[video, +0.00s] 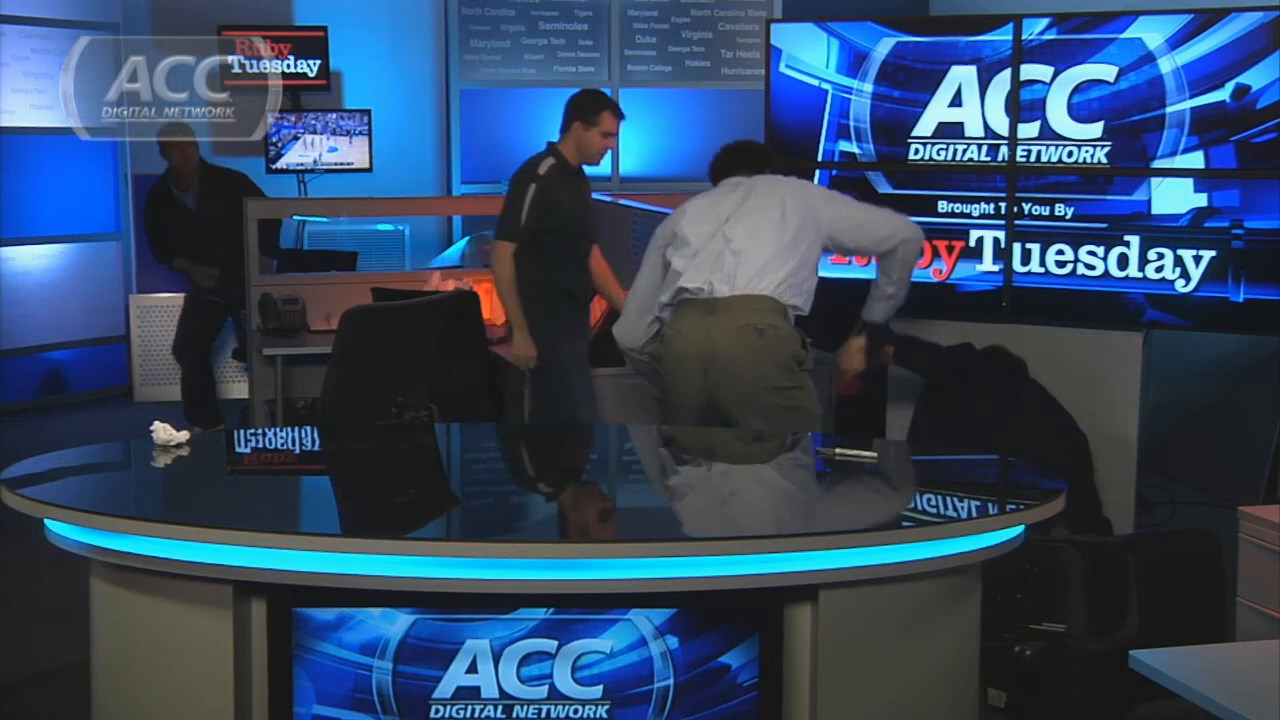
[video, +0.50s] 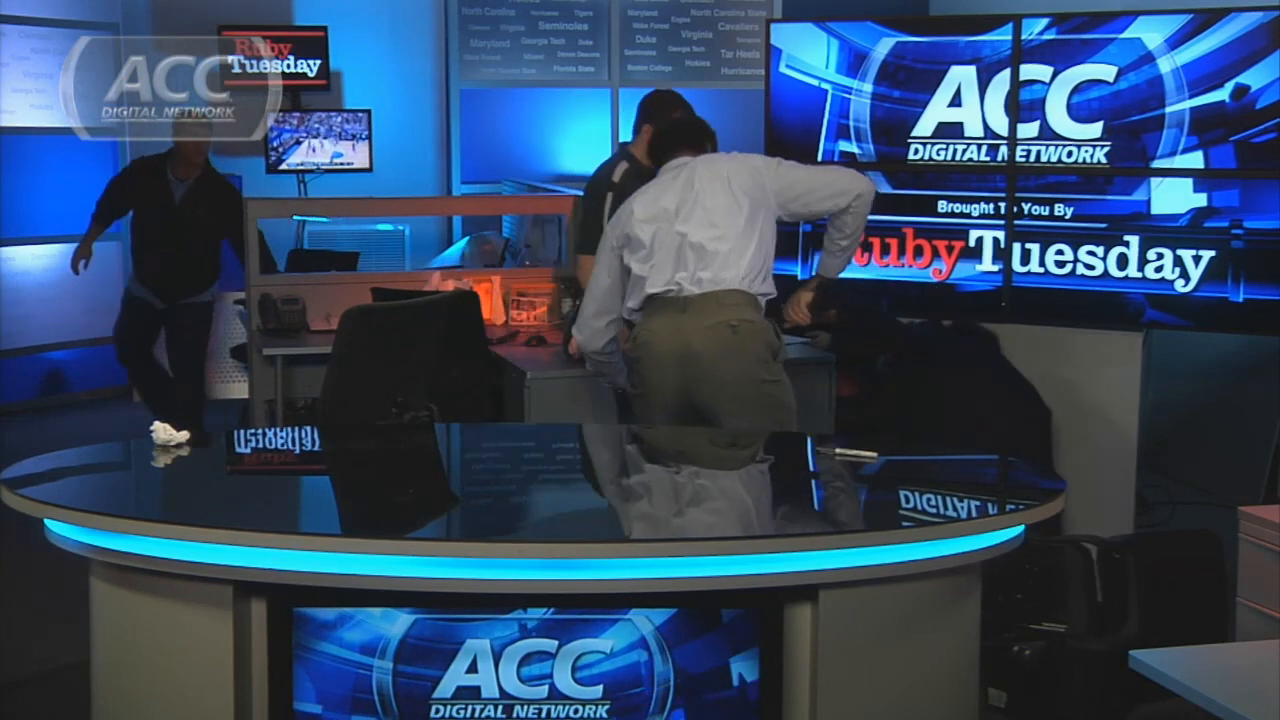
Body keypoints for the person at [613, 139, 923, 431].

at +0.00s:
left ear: (715, 178)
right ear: (773, 168)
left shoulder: (682, 215)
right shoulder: (801, 194)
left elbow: (630, 333)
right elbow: (904, 236)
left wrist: (678, 370)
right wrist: (867, 331)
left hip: (681, 341)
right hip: (759, 337)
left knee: (687, 468)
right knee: (793, 469)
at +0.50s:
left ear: (658, 157)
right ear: (709, 148)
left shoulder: (630, 210)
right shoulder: (747, 170)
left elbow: (591, 336)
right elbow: (856, 189)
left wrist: (632, 383)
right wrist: (819, 281)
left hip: (654, 341)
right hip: (734, 329)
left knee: (664, 474)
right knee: (737, 481)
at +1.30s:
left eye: (615, 142)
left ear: (619, 144)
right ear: (673, 120)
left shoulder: (620, 202)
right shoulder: (736, 136)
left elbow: (601, 335)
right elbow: (836, 132)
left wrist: (619, 372)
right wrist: (798, 216)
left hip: (685, 334)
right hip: (769, 319)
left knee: (683, 481)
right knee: (760, 483)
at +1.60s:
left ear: (625, 114)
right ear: (680, 97)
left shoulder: (616, 191)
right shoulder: (732, 120)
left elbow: (599, 319)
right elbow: (837, 109)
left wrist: (616, 353)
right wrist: (796, 181)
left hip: (671, 325)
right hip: (753, 309)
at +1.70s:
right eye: (696, 95)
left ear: (635, 108)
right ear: (690, 95)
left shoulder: (616, 184)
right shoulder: (731, 118)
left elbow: (593, 307)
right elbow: (837, 112)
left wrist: (621, 347)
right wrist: (797, 173)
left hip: (665, 319)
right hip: (744, 306)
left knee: (677, 477)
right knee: (745, 476)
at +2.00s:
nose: (753, 104)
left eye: (753, 95)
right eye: (750, 93)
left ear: (687, 91)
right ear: (728, 85)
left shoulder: (633, 157)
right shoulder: (727, 122)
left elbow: (585, 269)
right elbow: (826, 180)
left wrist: (635, 307)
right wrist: (781, 210)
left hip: (629, 312)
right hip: (698, 307)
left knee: (642, 459)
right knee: (714, 462)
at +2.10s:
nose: (782, 119)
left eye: (784, 109)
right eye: (779, 106)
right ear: (752, 91)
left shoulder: (653, 149)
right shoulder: (741, 128)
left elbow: (594, 255)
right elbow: (820, 215)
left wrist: (638, 299)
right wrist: (783, 240)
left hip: (623, 306)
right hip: (686, 308)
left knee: (630, 452)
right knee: (730, 457)